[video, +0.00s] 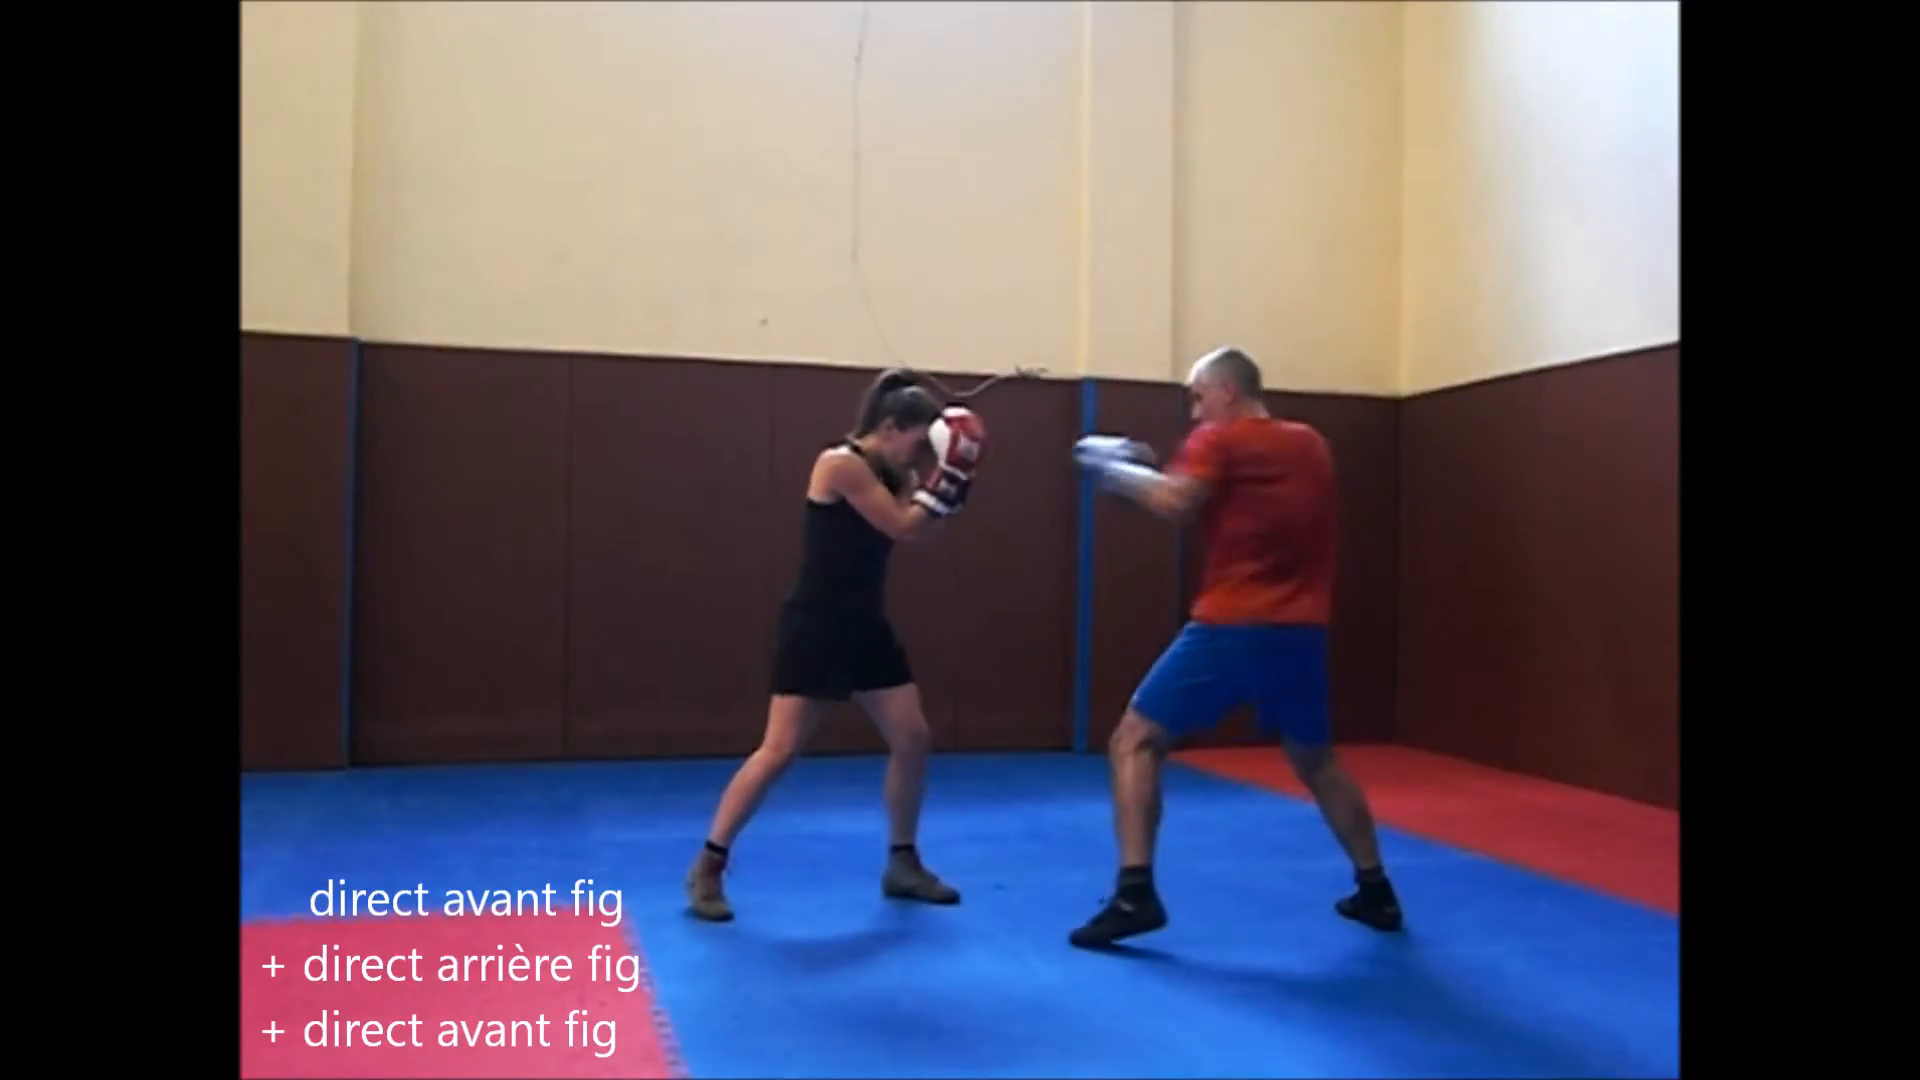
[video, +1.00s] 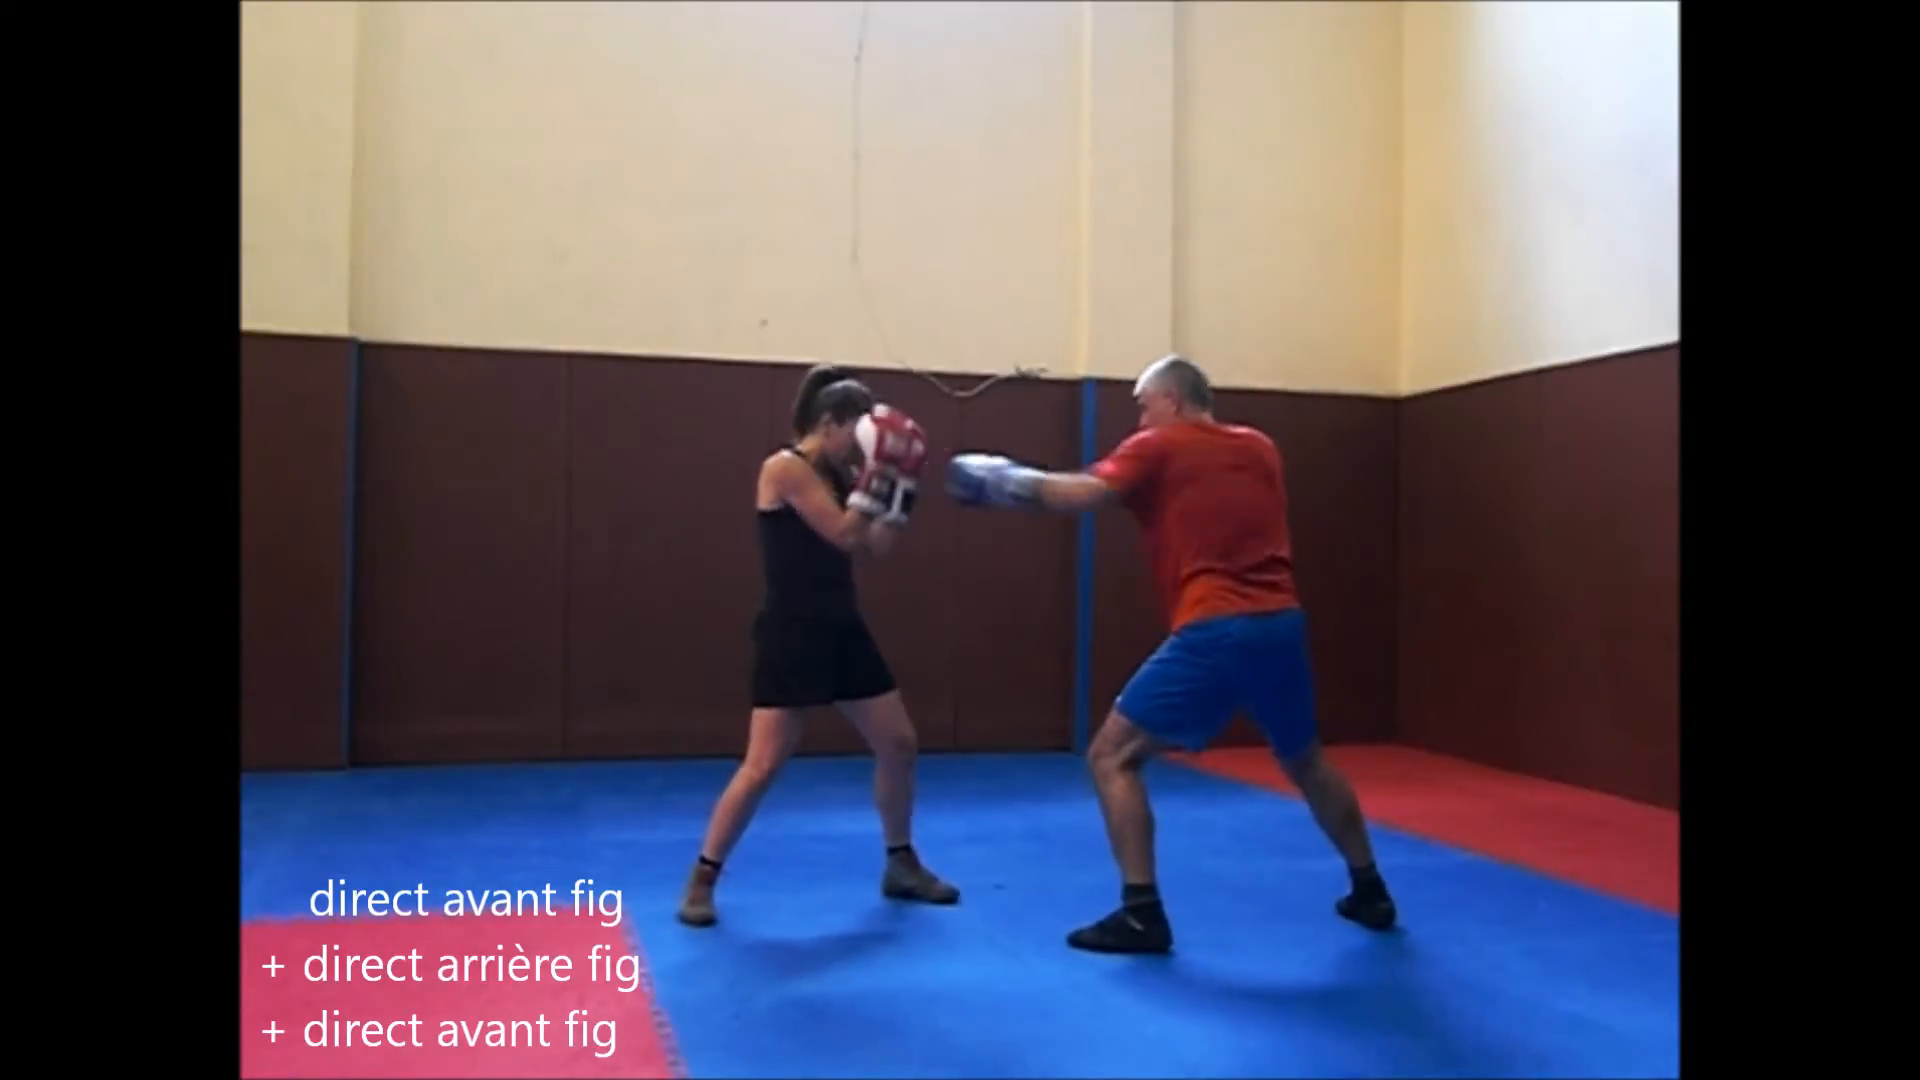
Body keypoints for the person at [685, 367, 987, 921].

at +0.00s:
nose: (919, 453)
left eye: (924, 444)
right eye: (918, 442)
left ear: (897, 429)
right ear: (891, 427)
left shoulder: (887, 473)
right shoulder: (840, 465)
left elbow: (924, 522)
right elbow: (902, 526)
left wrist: (957, 473)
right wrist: (946, 478)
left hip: (863, 627)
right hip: (813, 625)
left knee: (911, 738)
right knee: (778, 749)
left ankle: (903, 864)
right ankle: (709, 865)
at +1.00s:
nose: (860, 442)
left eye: (864, 432)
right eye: (857, 430)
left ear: (838, 425)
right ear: (828, 422)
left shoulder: (834, 475)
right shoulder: (784, 469)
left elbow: (879, 539)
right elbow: (844, 532)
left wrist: (899, 483)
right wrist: (878, 476)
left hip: (840, 634)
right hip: (790, 636)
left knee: (897, 743)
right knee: (762, 765)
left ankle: (901, 865)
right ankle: (702, 879)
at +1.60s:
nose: (894, 421)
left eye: (898, 411)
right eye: (885, 410)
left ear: (877, 415)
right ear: (850, 410)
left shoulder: (883, 460)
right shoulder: (810, 457)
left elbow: (922, 521)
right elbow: (837, 532)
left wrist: (955, 485)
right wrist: (888, 483)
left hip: (878, 616)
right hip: (820, 622)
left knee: (949, 712)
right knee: (791, 744)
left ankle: (959, 830)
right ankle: (744, 863)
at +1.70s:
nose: (913, 427)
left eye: (916, 416)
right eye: (902, 416)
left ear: (915, 419)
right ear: (863, 416)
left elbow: (1001, 465)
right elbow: (817, 539)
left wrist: (1058, 446)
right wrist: (867, 491)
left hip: (897, 617)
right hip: (839, 618)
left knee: (942, 734)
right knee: (808, 739)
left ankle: (959, 855)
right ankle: (747, 861)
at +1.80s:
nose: (941, 433)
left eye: (944, 423)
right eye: (932, 422)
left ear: (933, 423)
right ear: (897, 422)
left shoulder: (940, 467)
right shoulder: (852, 469)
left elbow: (1015, 498)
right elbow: (831, 544)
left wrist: (1051, 457)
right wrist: (881, 501)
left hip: (912, 627)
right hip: (857, 626)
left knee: (953, 738)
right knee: (826, 748)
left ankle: (958, 861)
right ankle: (754, 861)